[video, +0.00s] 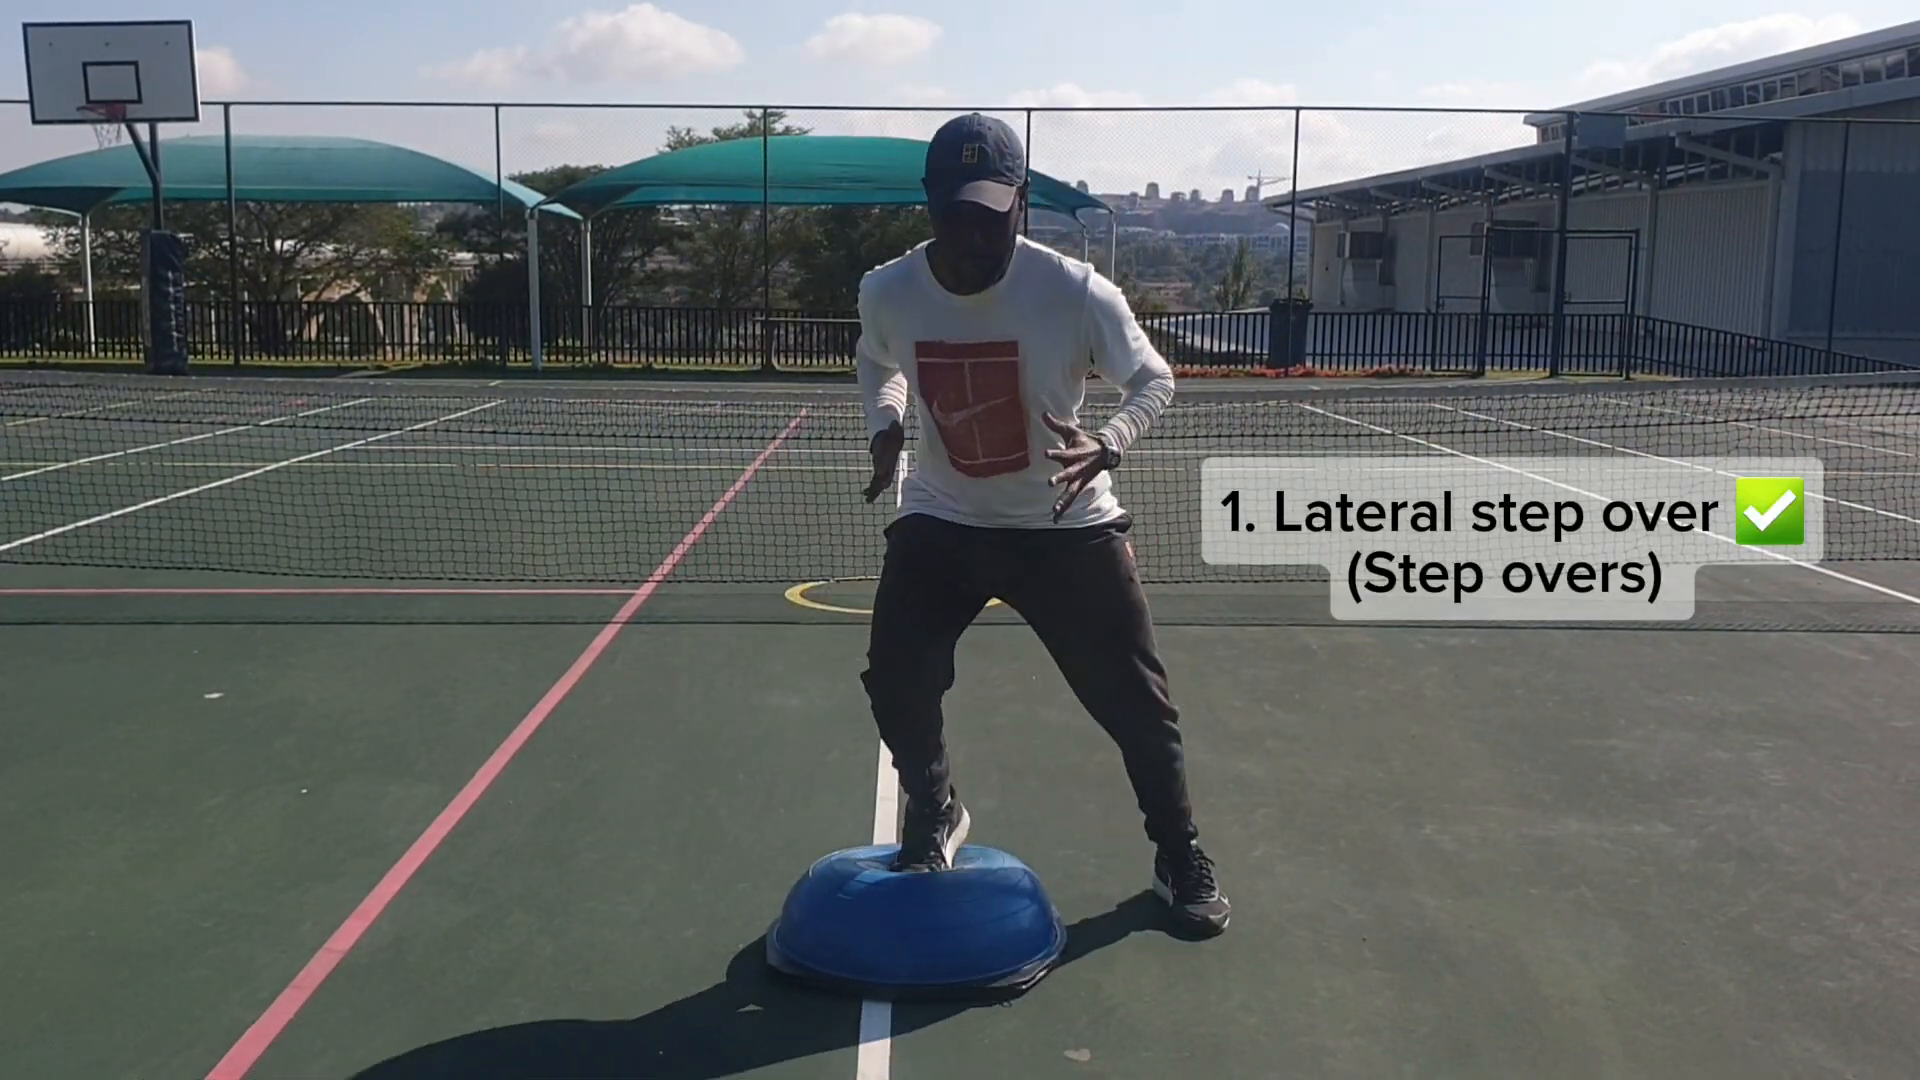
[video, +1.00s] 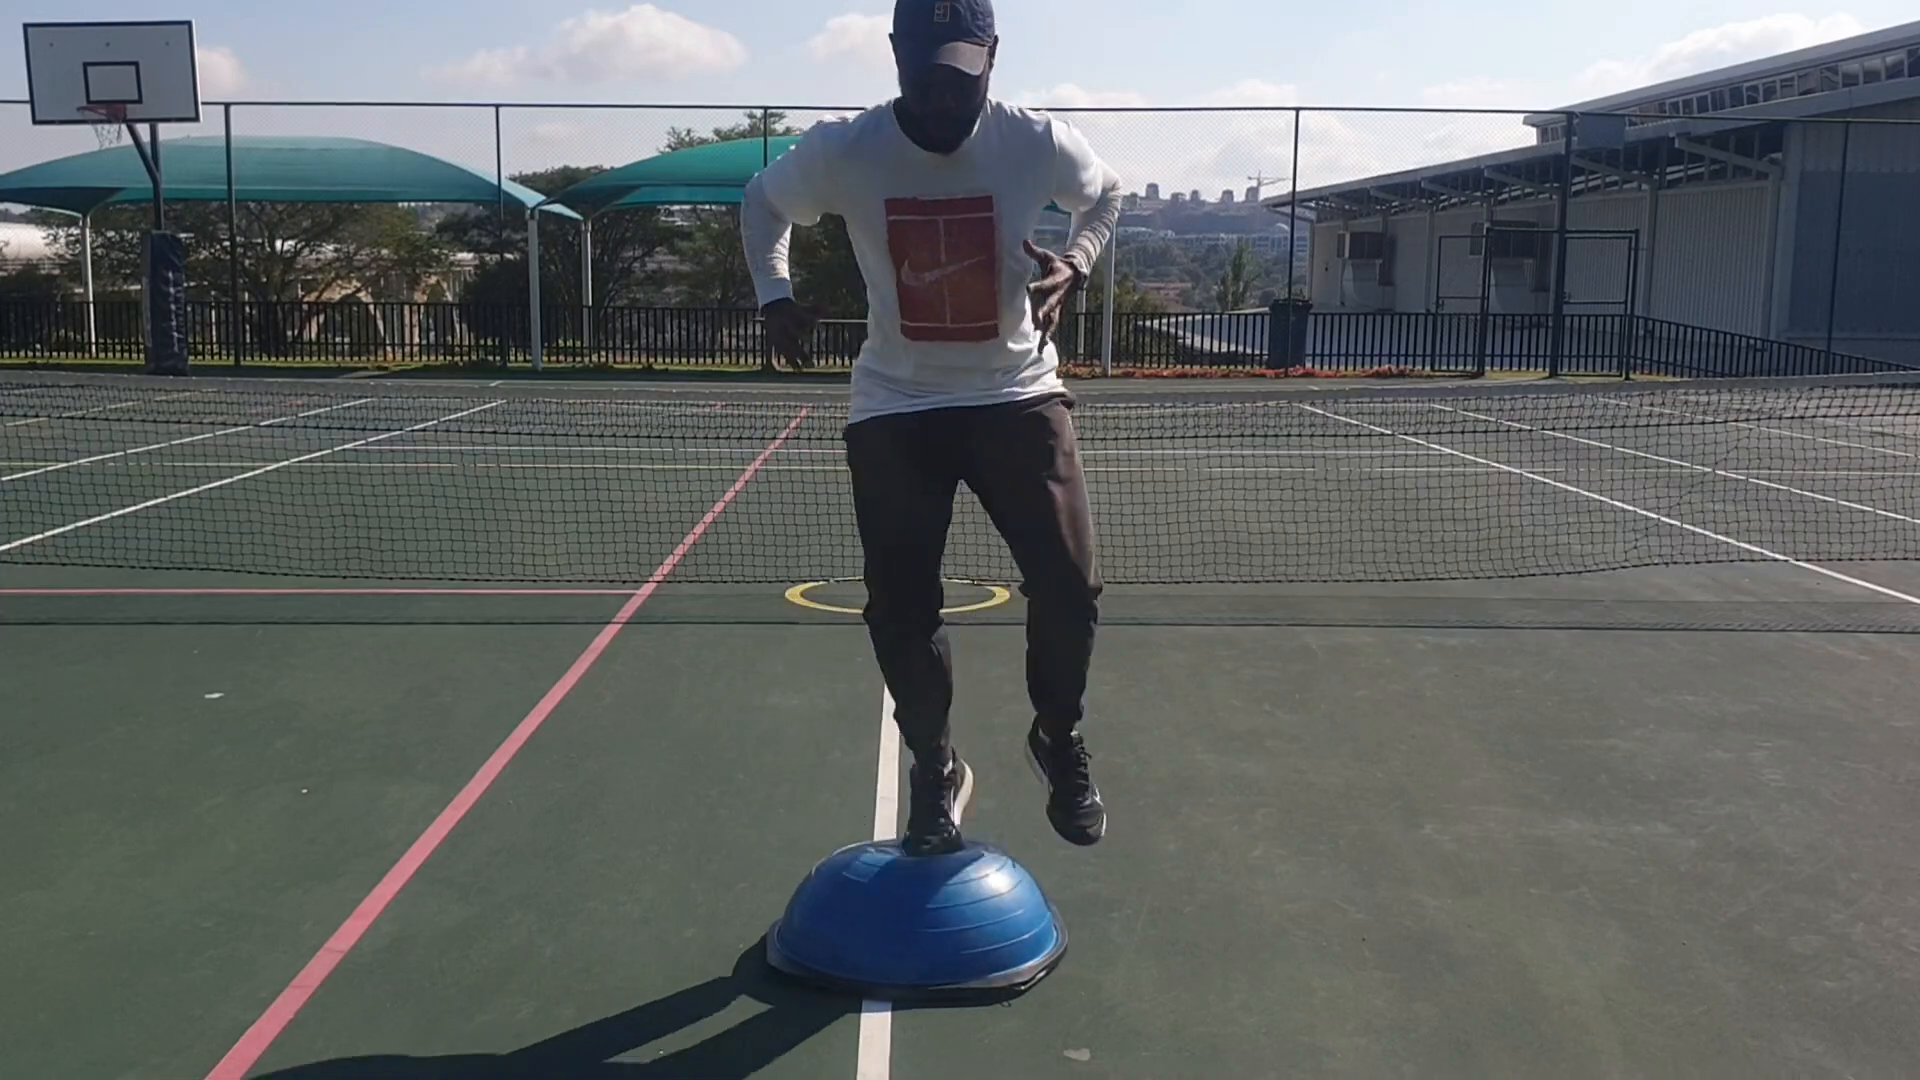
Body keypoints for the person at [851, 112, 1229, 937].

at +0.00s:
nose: (976, 235)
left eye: (994, 216)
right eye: (959, 215)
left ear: (1022, 206)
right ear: (930, 206)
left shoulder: (1079, 294)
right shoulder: (885, 295)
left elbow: (1152, 382)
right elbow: (876, 369)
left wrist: (1113, 435)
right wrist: (886, 424)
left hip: (1066, 524)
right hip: (941, 521)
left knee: (1139, 699)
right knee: (897, 679)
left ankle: (1180, 856)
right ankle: (929, 807)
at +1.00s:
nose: (953, 97)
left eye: (968, 79)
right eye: (935, 79)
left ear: (992, 64)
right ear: (900, 60)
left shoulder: (1035, 143)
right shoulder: (841, 152)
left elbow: (1102, 198)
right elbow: (761, 204)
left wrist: (1077, 258)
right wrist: (775, 295)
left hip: (1018, 397)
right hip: (896, 405)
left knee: (1071, 587)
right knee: (900, 611)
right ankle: (933, 771)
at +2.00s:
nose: (867, 131)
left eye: (883, 113)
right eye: (850, 113)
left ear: (913, 108)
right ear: (819, 108)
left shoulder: (963, 209)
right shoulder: (766, 204)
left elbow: (1006, 279)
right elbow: (709, 294)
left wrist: (977, 311)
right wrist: (738, 339)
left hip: (905, 469)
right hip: (782, 474)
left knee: (912, 662)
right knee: (727, 670)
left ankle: (875, 826)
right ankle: (667, 841)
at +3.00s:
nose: (870, 102)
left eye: (885, 83)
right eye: (852, 83)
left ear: (913, 67)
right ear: (820, 68)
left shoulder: (960, 152)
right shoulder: (767, 145)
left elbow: (1001, 194)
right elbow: (686, 196)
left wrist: (975, 260)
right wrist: (723, 283)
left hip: (906, 425)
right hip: (782, 424)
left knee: (918, 629)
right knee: (727, 620)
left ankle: (871, 794)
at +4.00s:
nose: (972, 132)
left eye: (986, 114)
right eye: (954, 115)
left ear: (1007, 105)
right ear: (913, 103)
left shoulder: (1052, 198)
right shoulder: (852, 197)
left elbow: (1098, 263)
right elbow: (803, 261)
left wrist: (1077, 309)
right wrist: (834, 321)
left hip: (1034, 449)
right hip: (912, 455)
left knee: (1090, 652)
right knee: (917, 652)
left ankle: (1143, 828)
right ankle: (925, 819)